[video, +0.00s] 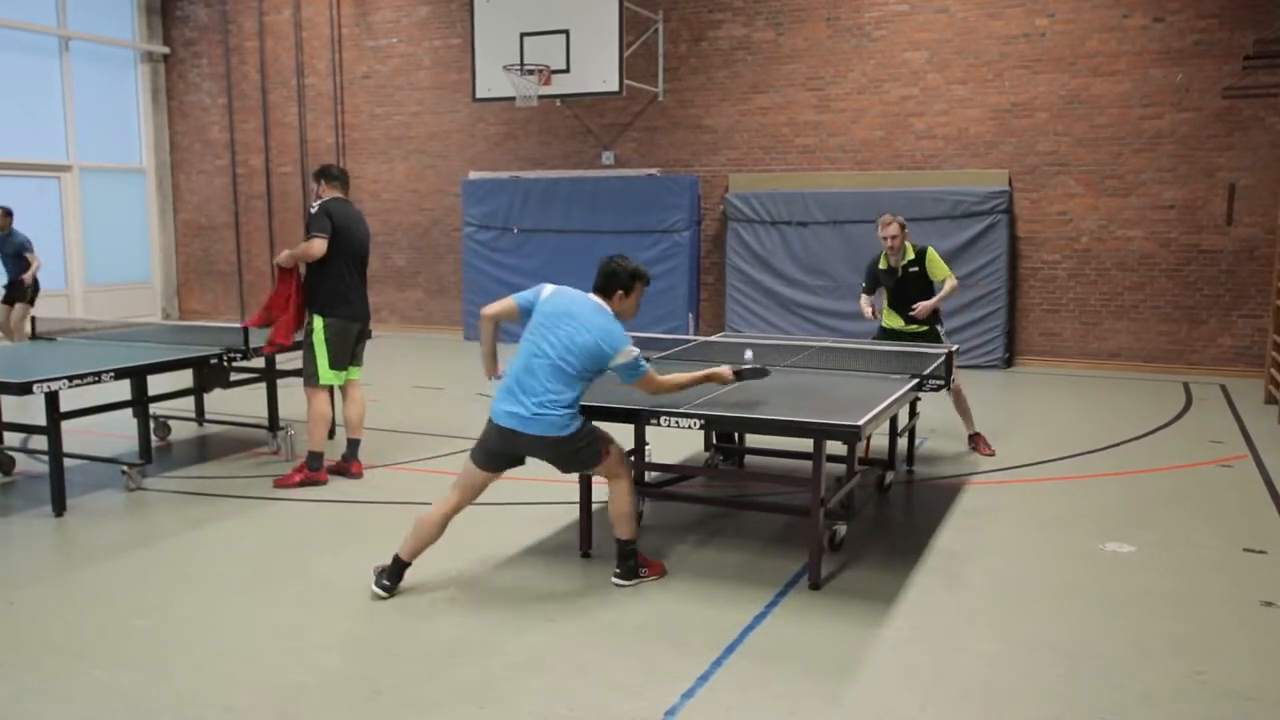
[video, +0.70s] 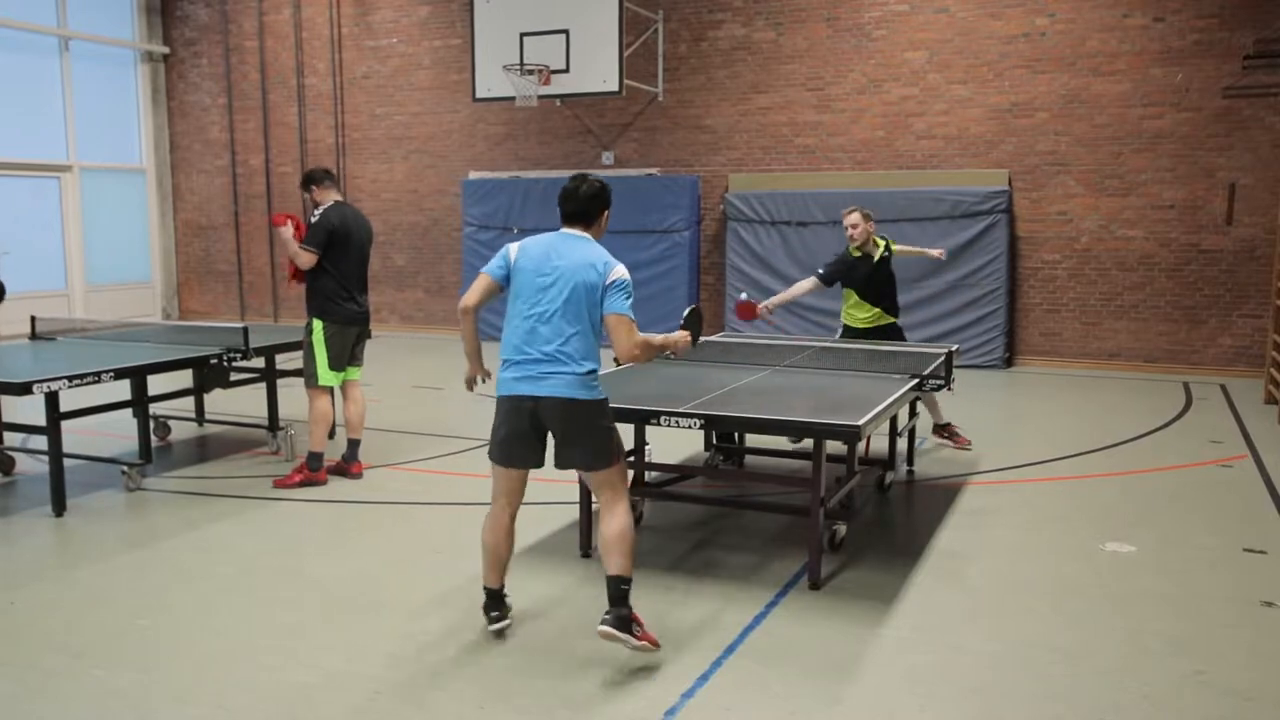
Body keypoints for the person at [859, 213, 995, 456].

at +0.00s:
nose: (890, 243)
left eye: (894, 238)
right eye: (885, 239)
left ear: (905, 236)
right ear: (880, 239)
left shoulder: (924, 254)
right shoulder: (876, 265)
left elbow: (951, 282)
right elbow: (866, 294)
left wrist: (932, 303)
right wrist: (866, 307)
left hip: (927, 331)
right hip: (891, 331)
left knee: (953, 383)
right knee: (869, 381)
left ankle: (973, 434)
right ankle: (864, 441)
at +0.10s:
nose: (882, 240)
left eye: (886, 234)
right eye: (877, 236)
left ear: (897, 232)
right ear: (873, 237)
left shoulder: (917, 249)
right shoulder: (873, 260)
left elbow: (939, 282)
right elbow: (866, 291)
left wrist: (909, 300)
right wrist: (860, 310)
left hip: (924, 328)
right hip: (889, 328)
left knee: (950, 380)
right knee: (863, 374)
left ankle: (971, 430)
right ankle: (861, 432)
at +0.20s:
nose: (875, 251)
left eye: (878, 245)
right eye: (870, 247)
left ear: (889, 243)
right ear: (865, 249)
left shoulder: (906, 262)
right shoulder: (869, 271)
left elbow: (909, 295)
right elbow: (867, 306)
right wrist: (853, 325)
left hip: (923, 338)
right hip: (888, 336)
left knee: (951, 391)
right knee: (865, 383)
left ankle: (973, 432)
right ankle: (861, 437)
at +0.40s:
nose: (864, 252)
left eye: (868, 246)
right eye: (859, 248)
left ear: (881, 244)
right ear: (856, 250)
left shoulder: (902, 262)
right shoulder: (861, 276)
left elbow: (927, 285)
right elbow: (854, 311)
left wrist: (892, 289)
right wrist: (823, 324)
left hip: (918, 340)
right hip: (882, 339)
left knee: (948, 389)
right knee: (860, 381)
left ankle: (954, 427)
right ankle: (859, 435)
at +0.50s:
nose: (866, 247)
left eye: (870, 241)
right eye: (862, 243)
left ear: (886, 238)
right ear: (861, 245)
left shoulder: (910, 257)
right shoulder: (860, 272)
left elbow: (953, 260)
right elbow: (836, 301)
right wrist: (806, 321)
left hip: (916, 340)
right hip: (878, 341)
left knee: (946, 387)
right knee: (861, 388)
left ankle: (951, 432)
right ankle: (860, 441)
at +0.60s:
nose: (862, 236)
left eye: (867, 230)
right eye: (859, 232)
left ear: (882, 229)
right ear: (856, 234)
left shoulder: (906, 247)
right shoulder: (855, 264)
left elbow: (933, 248)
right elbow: (821, 291)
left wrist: (955, 246)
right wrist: (789, 314)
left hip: (905, 334)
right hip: (867, 335)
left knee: (933, 380)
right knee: (852, 384)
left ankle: (951, 429)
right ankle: (855, 435)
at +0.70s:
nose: (850, 232)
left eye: (855, 227)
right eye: (847, 228)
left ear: (870, 226)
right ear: (844, 231)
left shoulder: (882, 245)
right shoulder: (845, 261)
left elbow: (896, 250)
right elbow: (810, 284)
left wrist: (927, 252)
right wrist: (772, 302)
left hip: (887, 330)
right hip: (853, 332)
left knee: (916, 375)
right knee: (828, 376)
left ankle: (941, 423)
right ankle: (805, 423)